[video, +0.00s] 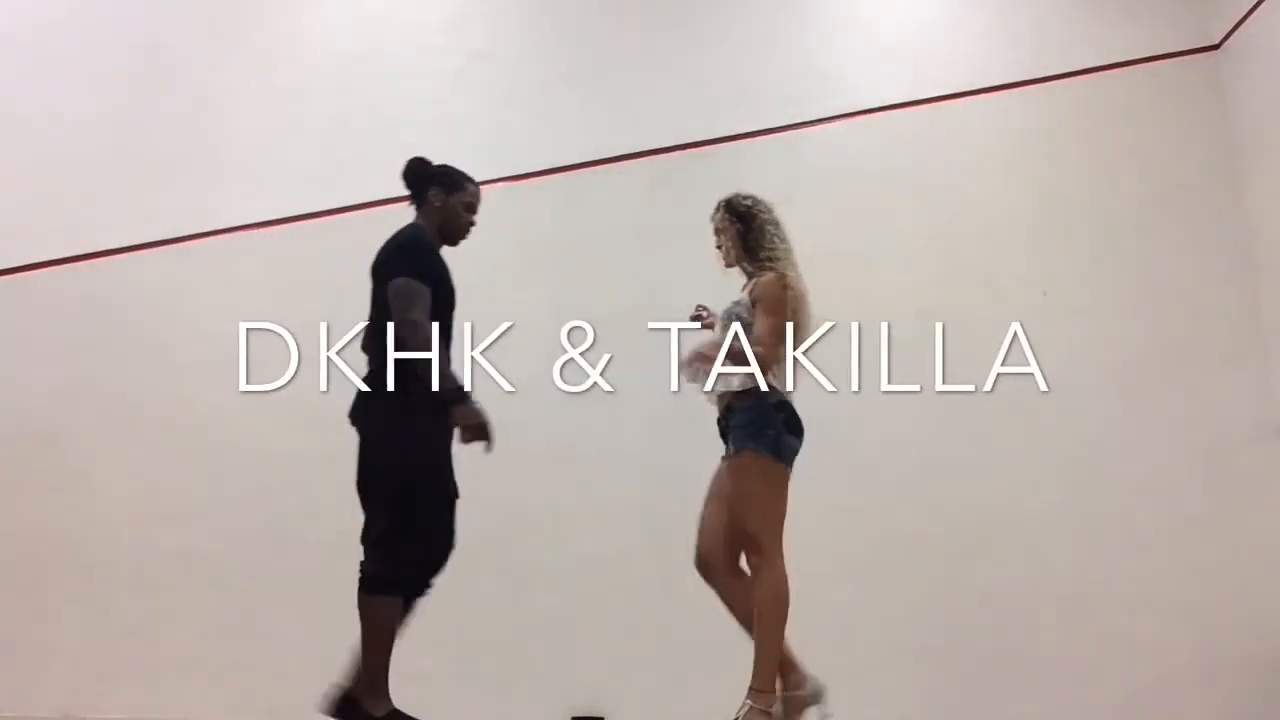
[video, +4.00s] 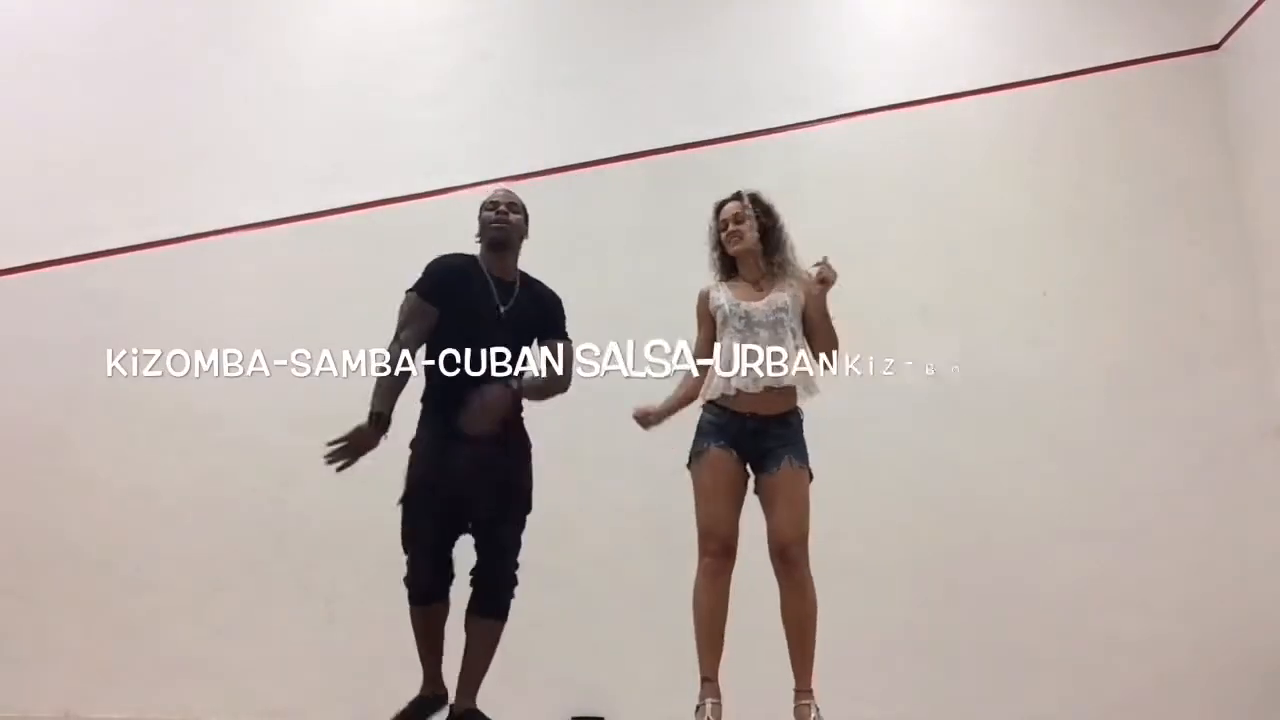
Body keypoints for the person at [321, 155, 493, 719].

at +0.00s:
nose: (474, 219)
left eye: (476, 209)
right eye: (468, 207)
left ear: (437, 204)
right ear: (435, 200)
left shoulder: (418, 253)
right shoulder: (412, 251)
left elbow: (386, 345)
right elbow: (414, 342)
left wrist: (454, 404)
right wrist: (460, 402)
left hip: (413, 429)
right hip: (398, 430)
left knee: (427, 546)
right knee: (395, 549)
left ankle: (361, 688)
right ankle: (371, 696)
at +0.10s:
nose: (487, 225)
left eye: (490, 215)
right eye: (483, 213)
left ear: (455, 207)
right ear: (451, 202)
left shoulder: (430, 256)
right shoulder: (422, 253)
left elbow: (393, 344)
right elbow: (430, 337)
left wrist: (467, 401)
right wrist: (480, 397)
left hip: (433, 432)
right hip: (407, 432)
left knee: (440, 556)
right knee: (397, 555)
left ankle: (429, 698)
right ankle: (375, 699)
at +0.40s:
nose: (527, 239)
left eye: (531, 230)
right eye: (524, 227)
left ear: (496, 221)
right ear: (493, 215)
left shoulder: (480, 267)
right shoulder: (461, 259)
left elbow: (473, 355)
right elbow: (449, 342)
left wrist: (491, 422)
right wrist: (464, 413)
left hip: (479, 427)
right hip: (448, 427)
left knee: (507, 554)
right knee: (426, 555)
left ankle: (490, 696)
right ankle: (379, 698)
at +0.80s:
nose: (563, 262)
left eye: (569, 253)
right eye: (560, 249)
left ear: (556, 245)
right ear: (532, 232)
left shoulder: (534, 301)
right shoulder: (489, 269)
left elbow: (528, 381)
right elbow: (457, 347)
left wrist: (542, 440)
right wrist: (470, 417)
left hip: (533, 441)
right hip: (499, 435)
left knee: (524, 564)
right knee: (514, 557)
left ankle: (489, 699)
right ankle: (443, 684)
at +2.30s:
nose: (562, 190)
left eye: (573, 183)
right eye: (553, 182)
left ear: (590, 198)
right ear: (538, 194)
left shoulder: (606, 272)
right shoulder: (503, 251)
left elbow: (618, 355)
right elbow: (464, 322)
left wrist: (627, 427)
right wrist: (455, 391)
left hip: (577, 435)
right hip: (508, 431)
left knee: (581, 573)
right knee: (492, 562)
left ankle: (561, 704)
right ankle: (472, 698)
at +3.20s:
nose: (479, 219)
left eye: (491, 215)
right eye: (471, 212)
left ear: (505, 233)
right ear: (457, 227)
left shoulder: (531, 288)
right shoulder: (437, 297)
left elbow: (574, 362)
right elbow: (426, 377)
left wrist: (581, 442)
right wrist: (422, 449)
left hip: (531, 449)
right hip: (469, 448)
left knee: (544, 577)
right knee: (445, 577)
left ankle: (556, 703)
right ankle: (438, 704)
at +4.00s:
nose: (501, 210)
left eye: (512, 207)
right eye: (491, 206)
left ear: (526, 230)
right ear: (476, 228)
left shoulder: (543, 300)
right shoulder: (448, 272)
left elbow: (559, 377)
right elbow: (403, 346)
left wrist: (515, 390)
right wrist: (378, 419)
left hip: (504, 456)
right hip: (438, 452)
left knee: (497, 577)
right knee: (425, 569)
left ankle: (465, 703)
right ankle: (432, 689)